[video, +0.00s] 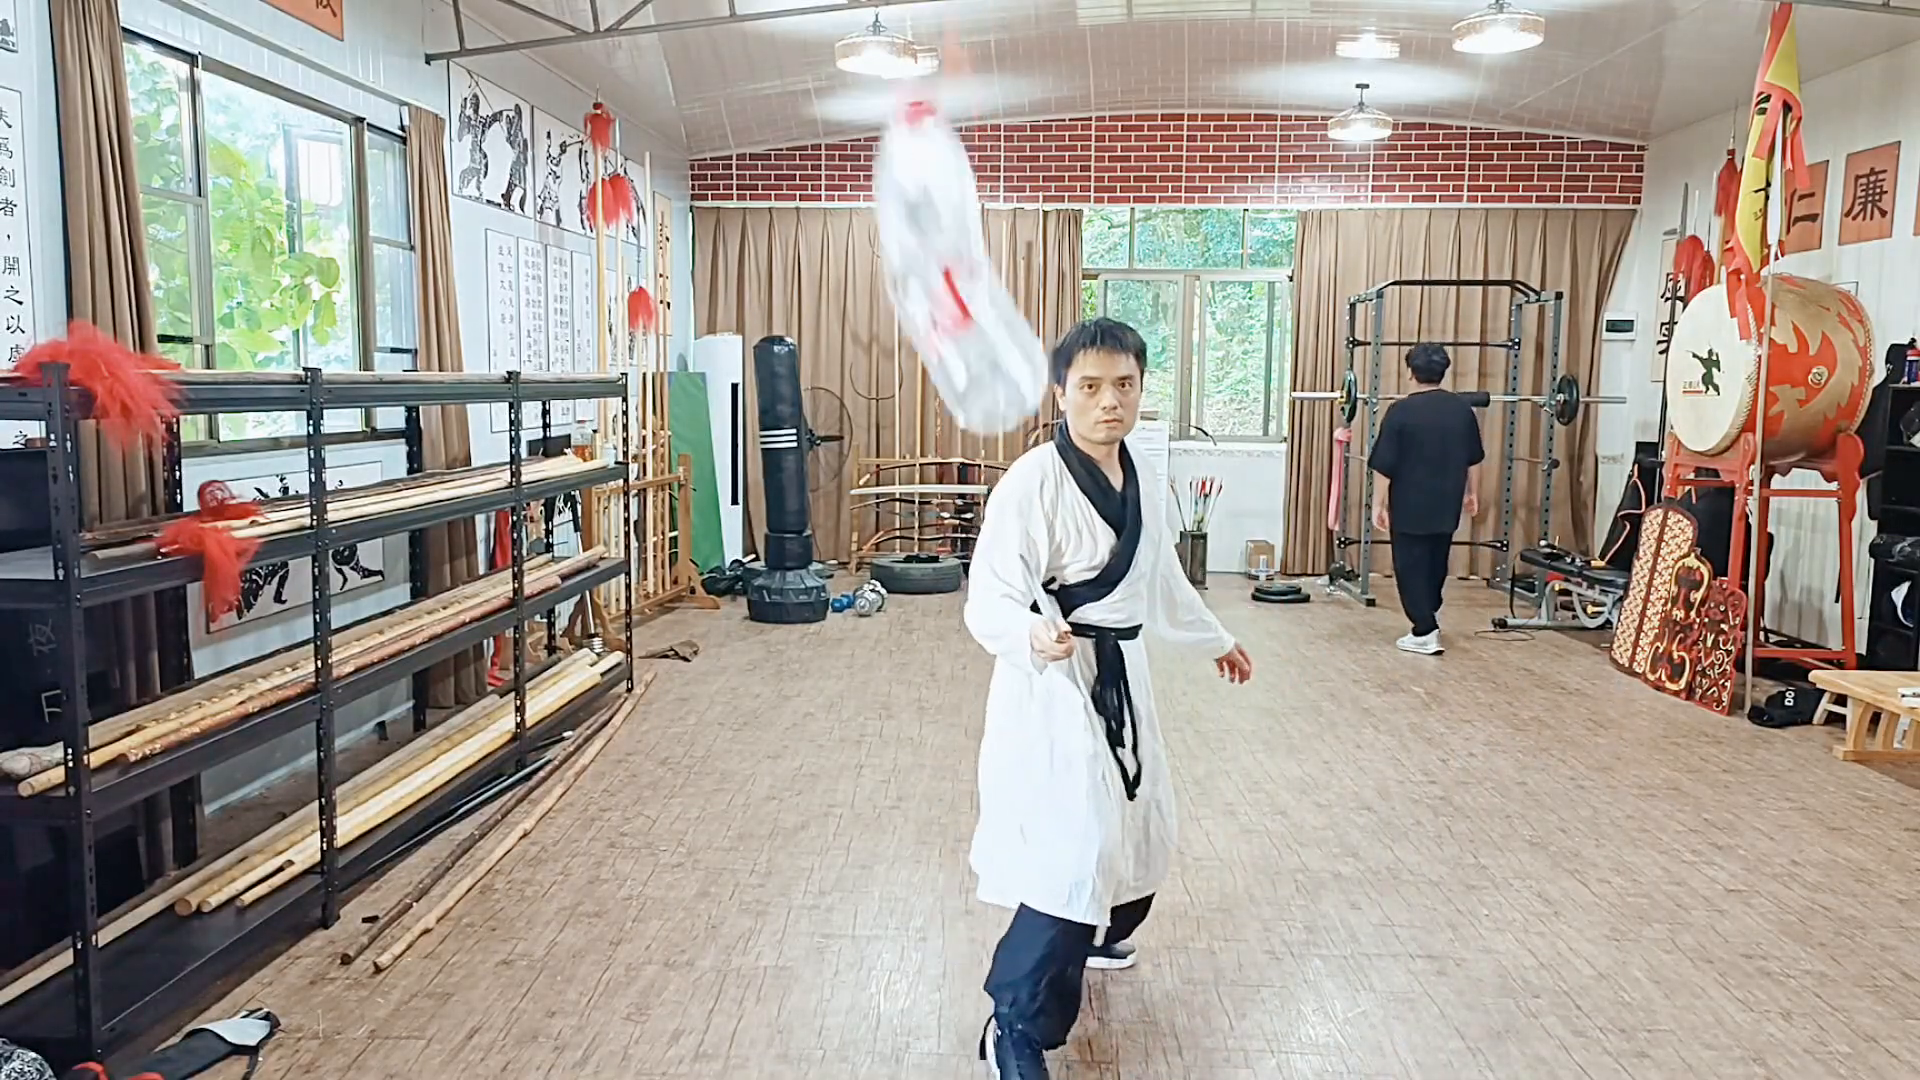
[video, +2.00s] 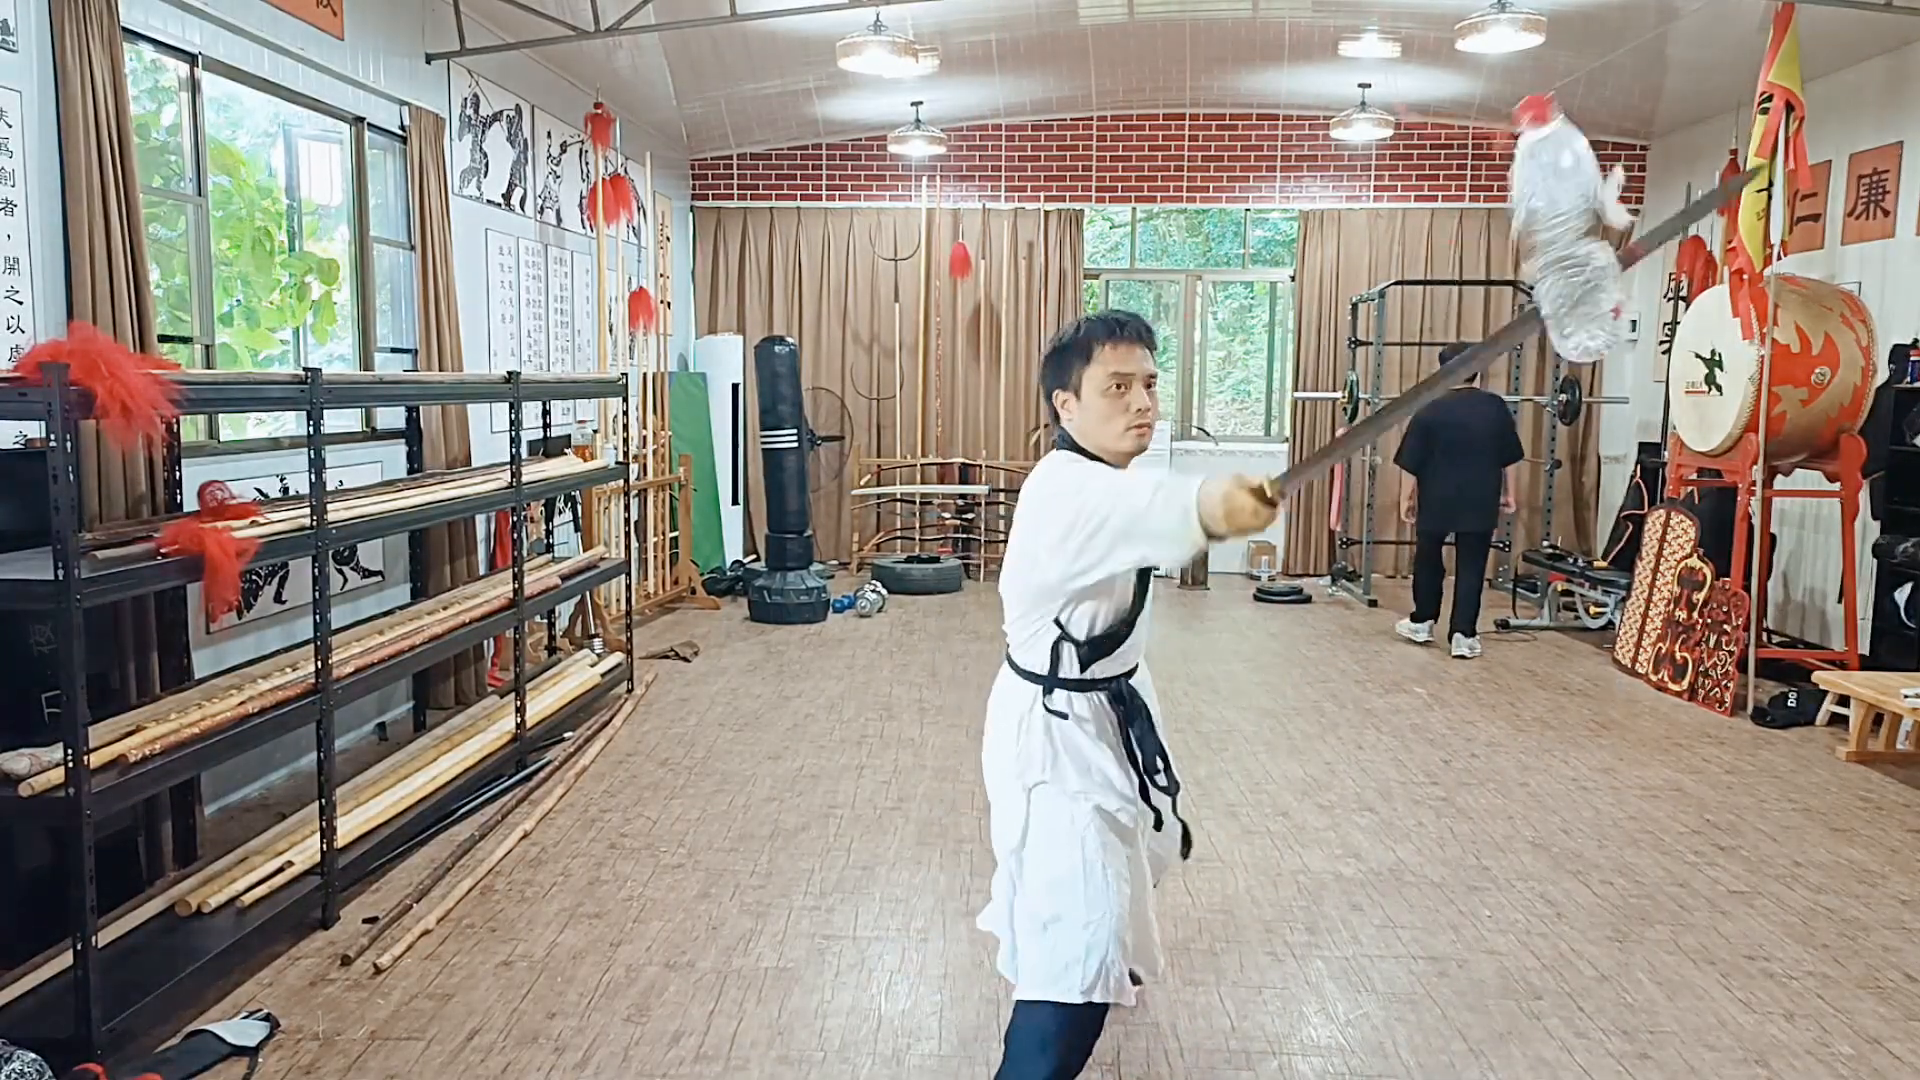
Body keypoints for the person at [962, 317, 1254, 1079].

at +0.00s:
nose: (1110, 401)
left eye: (1124, 385)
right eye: (1091, 386)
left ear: (1141, 390)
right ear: (1060, 393)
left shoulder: (1145, 466)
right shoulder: (1031, 483)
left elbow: (1160, 573)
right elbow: (988, 599)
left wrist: (1217, 639)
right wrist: (1032, 633)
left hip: (1125, 672)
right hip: (1053, 681)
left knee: (1138, 816)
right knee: (1076, 850)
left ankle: (1099, 933)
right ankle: (1015, 1033)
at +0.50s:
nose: (1118, 395)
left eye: (1134, 376)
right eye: (1096, 377)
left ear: (1150, 388)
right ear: (1058, 389)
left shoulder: (1134, 467)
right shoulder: (1033, 473)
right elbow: (1029, 539)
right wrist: (1059, 542)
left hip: (1106, 686)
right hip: (1035, 696)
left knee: (1087, 863)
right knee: (1041, 878)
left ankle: (1033, 1041)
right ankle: (1015, 1050)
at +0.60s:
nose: (1125, 386)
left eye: (1140, 369)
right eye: (1103, 369)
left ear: (1156, 383)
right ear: (1064, 384)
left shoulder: (1137, 464)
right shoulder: (1034, 477)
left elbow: (1117, 582)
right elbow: (997, 605)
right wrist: (1027, 643)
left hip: (1103, 683)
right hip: (1036, 698)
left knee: (1078, 874)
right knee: (1042, 883)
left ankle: (1032, 1048)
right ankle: (1016, 1057)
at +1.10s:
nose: (1124, 363)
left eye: (1136, 349)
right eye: (1105, 350)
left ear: (1151, 365)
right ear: (1071, 365)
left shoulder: (1136, 450)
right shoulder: (1038, 460)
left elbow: (1133, 558)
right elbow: (991, 578)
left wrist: (1183, 615)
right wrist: (1016, 659)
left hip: (1116, 663)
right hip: (1053, 673)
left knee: (1116, 805)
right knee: (1043, 837)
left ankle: (1080, 934)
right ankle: (1015, 1036)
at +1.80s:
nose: (1131, 408)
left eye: (1142, 391)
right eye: (1108, 392)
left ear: (1155, 403)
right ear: (1064, 409)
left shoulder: (1147, 487)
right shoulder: (1029, 514)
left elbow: (1180, 567)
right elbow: (982, 653)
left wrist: (1233, 617)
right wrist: (1048, 644)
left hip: (1125, 718)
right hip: (1048, 733)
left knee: (1101, 890)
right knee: (1057, 966)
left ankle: (1059, 1028)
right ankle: (1014, 1061)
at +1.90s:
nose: (1144, 392)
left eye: (1153, 375)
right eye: (1119, 377)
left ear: (1162, 387)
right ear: (1072, 399)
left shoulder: (1135, 485)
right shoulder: (1048, 493)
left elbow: (1147, 574)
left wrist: (1182, 609)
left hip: (1117, 718)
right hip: (1059, 730)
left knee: (1093, 938)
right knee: (1070, 964)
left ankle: (1050, 1060)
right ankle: (1027, 1067)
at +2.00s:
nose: (1142, 403)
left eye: (1149, 384)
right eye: (1118, 386)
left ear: (1158, 392)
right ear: (1065, 405)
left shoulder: (1112, 483)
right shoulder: (1064, 490)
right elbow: (1146, 510)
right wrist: (1213, 507)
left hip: (1105, 713)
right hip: (1053, 728)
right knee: (1068, 976)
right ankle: (1030, 1065)